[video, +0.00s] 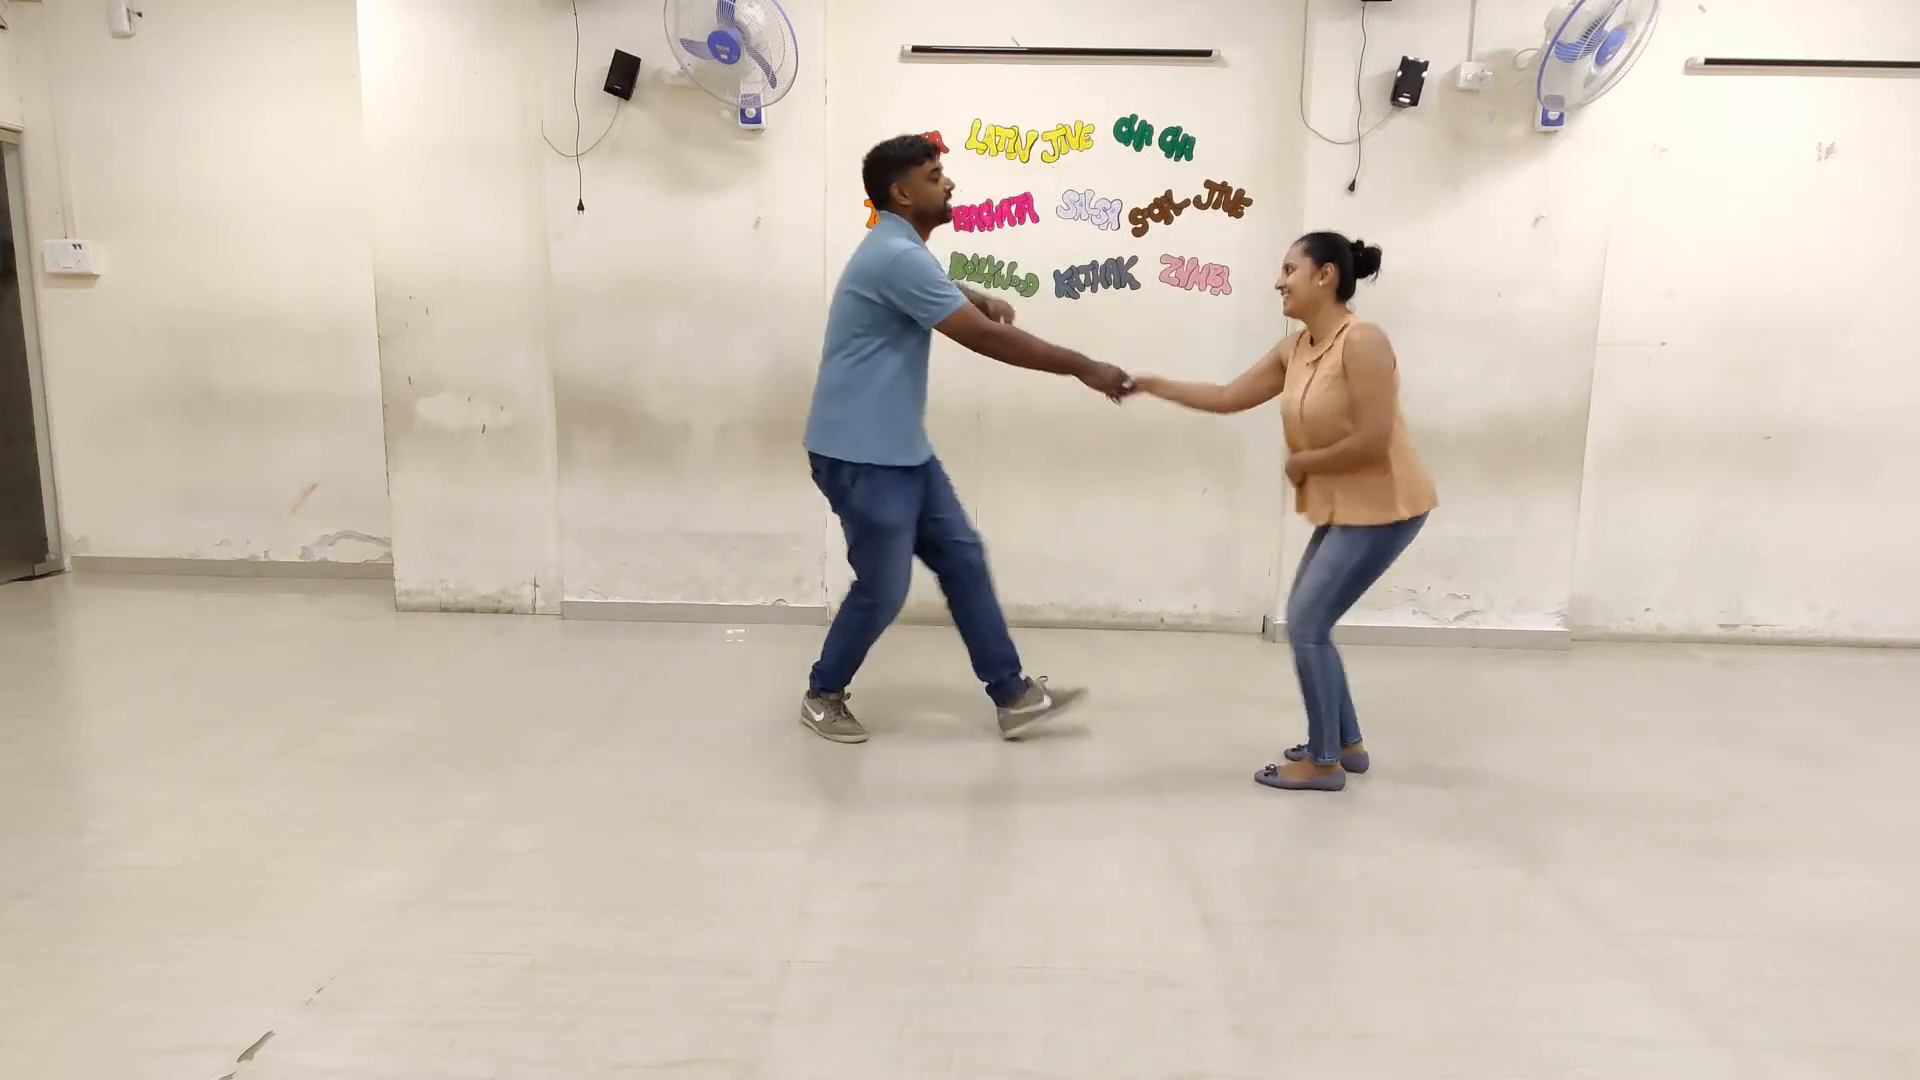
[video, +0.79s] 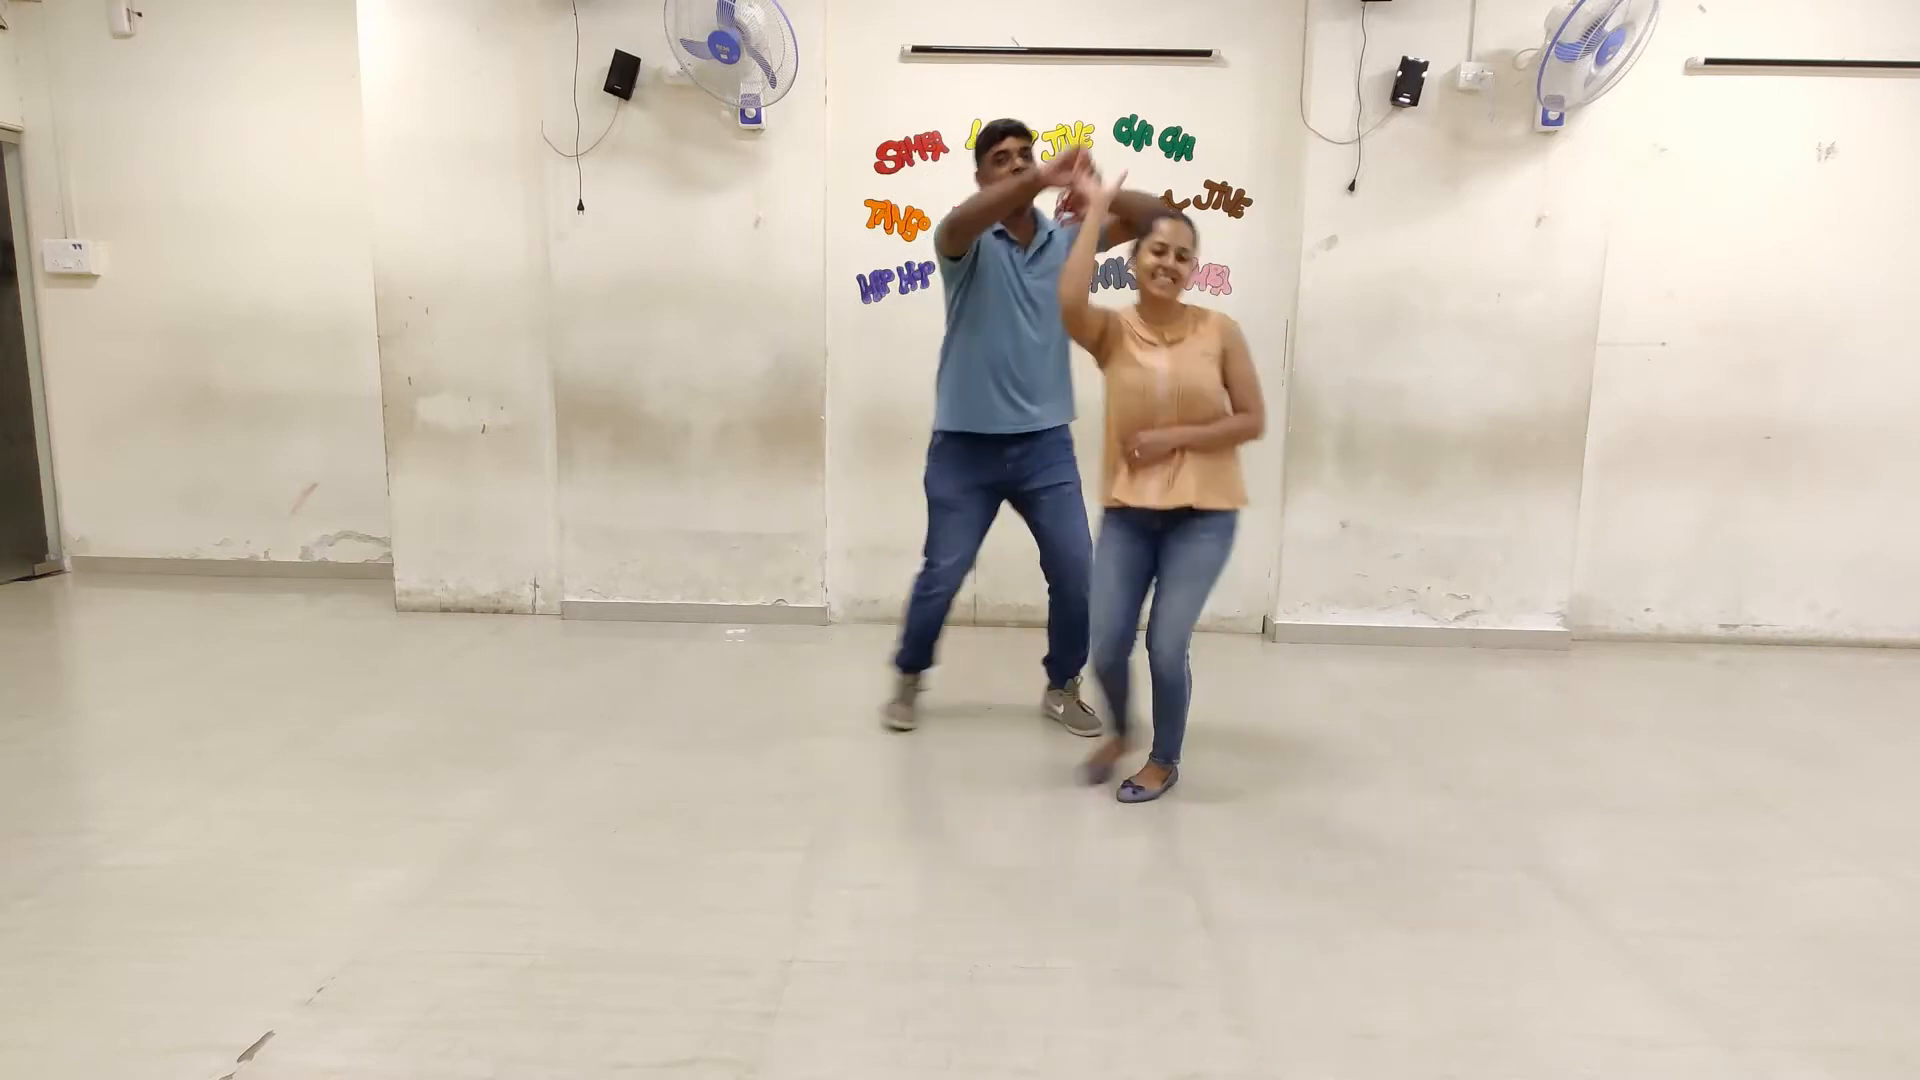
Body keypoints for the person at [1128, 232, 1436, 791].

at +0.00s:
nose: (1279, 281)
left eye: (1290, 270)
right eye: (1282, 271)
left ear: (1327, 277)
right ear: (1318, 278)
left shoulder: (1364, 342)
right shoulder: (1296, 348)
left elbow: (1373, 441)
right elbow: (1227, 397)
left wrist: (1304, 462)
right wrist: (1147, 383)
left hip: (1384, 509)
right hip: (1339, 509)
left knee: (1306, 621)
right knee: (1304, 621)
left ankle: (1325, 761)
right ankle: (1345, 742)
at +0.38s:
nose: (1269, 262)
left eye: (1279, 252)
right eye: (1270, 252)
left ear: (1318, 255)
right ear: (1305, 256)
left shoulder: (1350, 323)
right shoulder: (1279, 321)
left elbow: (1350, 425)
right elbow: (1200, 358)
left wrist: (1285, 444)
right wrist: (1120, 338)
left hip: (1366, 496)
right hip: (1331, 498)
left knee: (1282, 612)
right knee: (1323, 623)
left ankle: (1308, 739)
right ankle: (1351, 742)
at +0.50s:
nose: (1237, 283)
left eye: (1250, 275)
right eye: (1239, 272)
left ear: (1288, 284)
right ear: (1254, 281)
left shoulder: (1316, 347)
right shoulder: (1242, 347)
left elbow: (1337, 447)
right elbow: (1167, 394)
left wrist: (1256, 466)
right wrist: (1091, 371)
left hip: (1315, 518)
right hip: (1277, 518)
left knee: (1222, 624)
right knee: (1278, 641)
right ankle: (1348, 743)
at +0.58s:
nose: (1220, 293)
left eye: (1234, 285)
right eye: (1219, 282)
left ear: (1270, 297)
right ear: (1220, 285)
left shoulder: (1292, 358)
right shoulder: (1214, 359)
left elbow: (1322, 457)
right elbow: (1146, 409)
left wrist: (1231, 478)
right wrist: (1074, 382)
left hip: (1285, 532)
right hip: (1245, 530)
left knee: (1190, 632)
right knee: (1258, 651)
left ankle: (1160, 762)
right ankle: (1345, 738)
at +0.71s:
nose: (1188, 282)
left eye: (1205, 276)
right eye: (1183, 268)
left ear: (1227, 289)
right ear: (1170, 271)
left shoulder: (1249, 350)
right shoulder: (1150, 349)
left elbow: (1282, 445)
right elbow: (1082, 383)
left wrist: (1189, 467)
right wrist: (1076, 295)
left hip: (1232, 529)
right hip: (1169, 525)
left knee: (1163, 647)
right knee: (1158, 651)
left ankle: (1159, 765)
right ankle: (1256, 698)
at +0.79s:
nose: (1168, 262)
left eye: (1181, 254)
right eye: (1158, 249)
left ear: (1194, 267)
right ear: (1134, 256)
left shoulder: (1218, 332)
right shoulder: (1111, 330)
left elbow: (1252, 420)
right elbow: (1072, 302)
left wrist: (1172, 436)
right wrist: (1096, 210)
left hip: (1202, 511)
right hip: (1127, 509)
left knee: (1166, 644)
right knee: (1105, 649)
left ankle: (1164, 762)